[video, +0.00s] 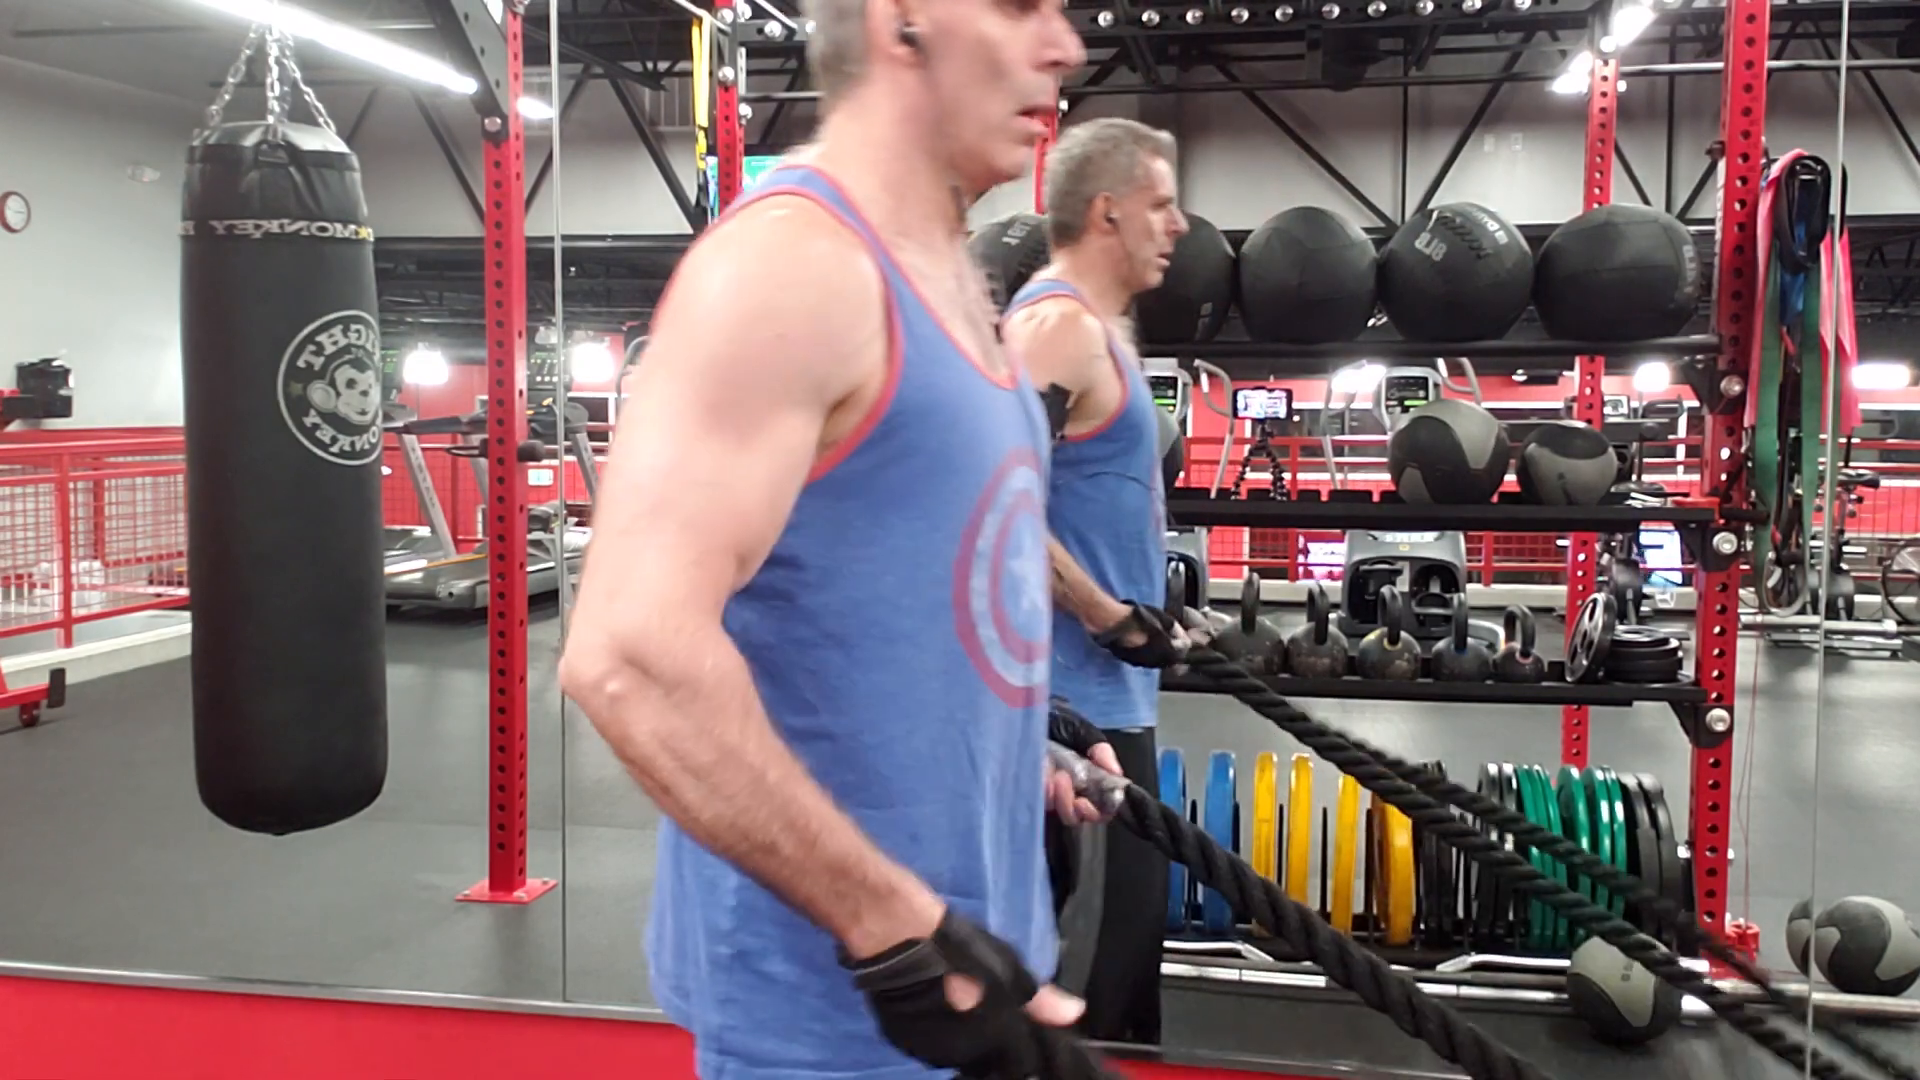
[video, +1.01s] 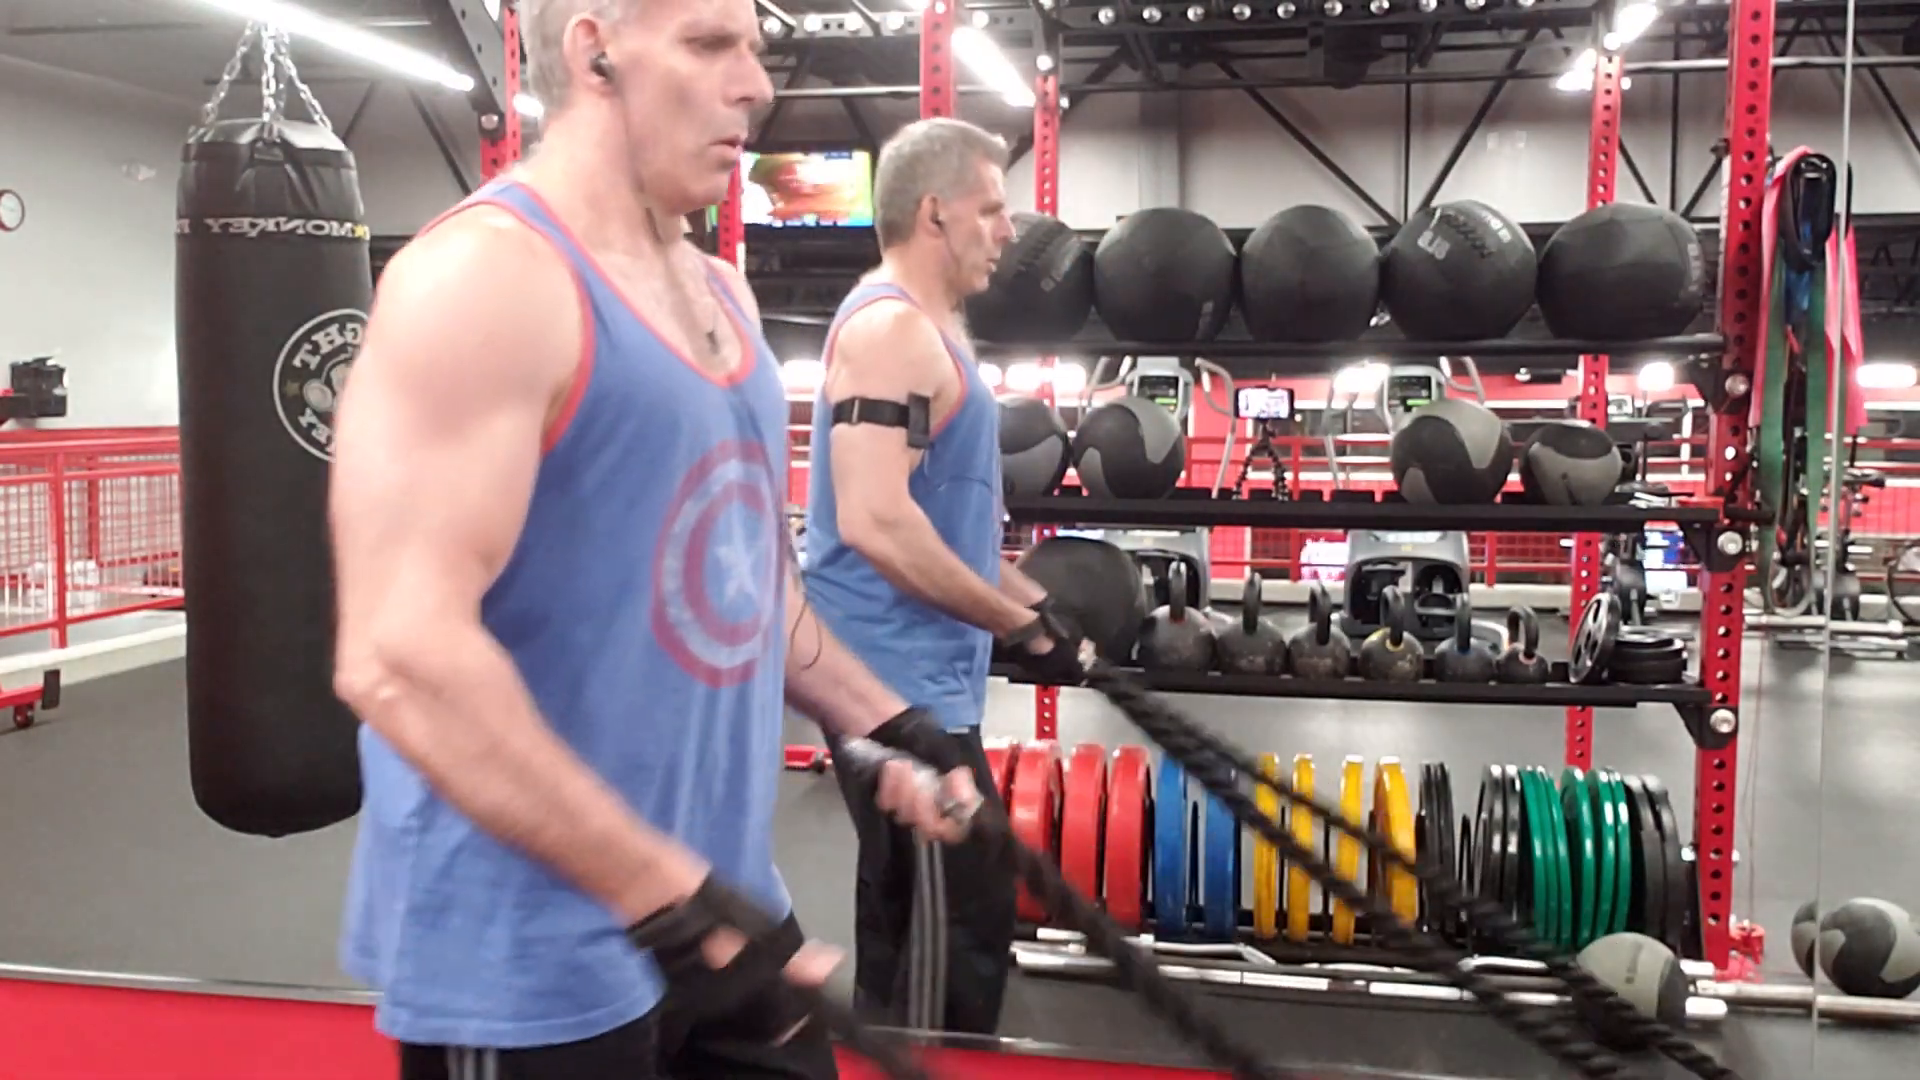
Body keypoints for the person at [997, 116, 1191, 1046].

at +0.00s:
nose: (1179, 226)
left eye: (1177, 206)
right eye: (1164, 205)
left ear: (1104, 213)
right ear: (1104, 212)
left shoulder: (1098, 328)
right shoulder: (1064, 329)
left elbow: (1079, 504)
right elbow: (1000, 504)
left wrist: (1156, 596)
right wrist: (1112, 618)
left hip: (1109, 695)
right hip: (1077, 702)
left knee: (1121, 931)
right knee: (1109, 934)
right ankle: (1086, 1068)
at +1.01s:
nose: (1008, 233)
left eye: (1007, 213)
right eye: (993, 211)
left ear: (934, 216)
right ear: (932, 212)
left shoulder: (924, 324)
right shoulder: (891, 326)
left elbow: (925, 508)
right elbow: (874, 516)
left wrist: (1011, 585)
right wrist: (1014, 620)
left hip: (924, 688)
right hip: (902, 697)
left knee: (910, 928)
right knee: (967, 933)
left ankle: (903, 1067)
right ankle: (935, 1075)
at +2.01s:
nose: (1056, 262)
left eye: (1057, 240)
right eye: (1043, 238)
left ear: (988, 239)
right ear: (985, 235)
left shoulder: (942, 350)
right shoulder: (917, 354)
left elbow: (934, 544)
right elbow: (891, 556)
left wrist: (1020, 639)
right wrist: (1018, 678)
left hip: (928, 719)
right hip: (901, 728)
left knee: (961, 976)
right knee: (951, 984)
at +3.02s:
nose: (1055, 284)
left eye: (1055, 263)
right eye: (1040, 261)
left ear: (989, 268)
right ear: (982, 265)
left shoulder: (955, 378)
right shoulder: (923, 377)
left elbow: (948, 571)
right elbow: (889, 574)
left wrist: (1017, 669)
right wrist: (1006, 696)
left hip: (939, 717)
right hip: (894, 725)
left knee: (986, 930)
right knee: (984, 928)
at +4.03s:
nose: (1047, 285)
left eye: (1045, 265)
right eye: (1032, 264)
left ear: (977, 276)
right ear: (974, 273)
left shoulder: (950, 390)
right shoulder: (908, 391)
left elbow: (926, 581)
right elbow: (877, 589)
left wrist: (999, 695)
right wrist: (999, 704)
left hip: (946, 727)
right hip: (896, 733)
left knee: (1009, 921)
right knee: (998, 929)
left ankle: (966, 1074)